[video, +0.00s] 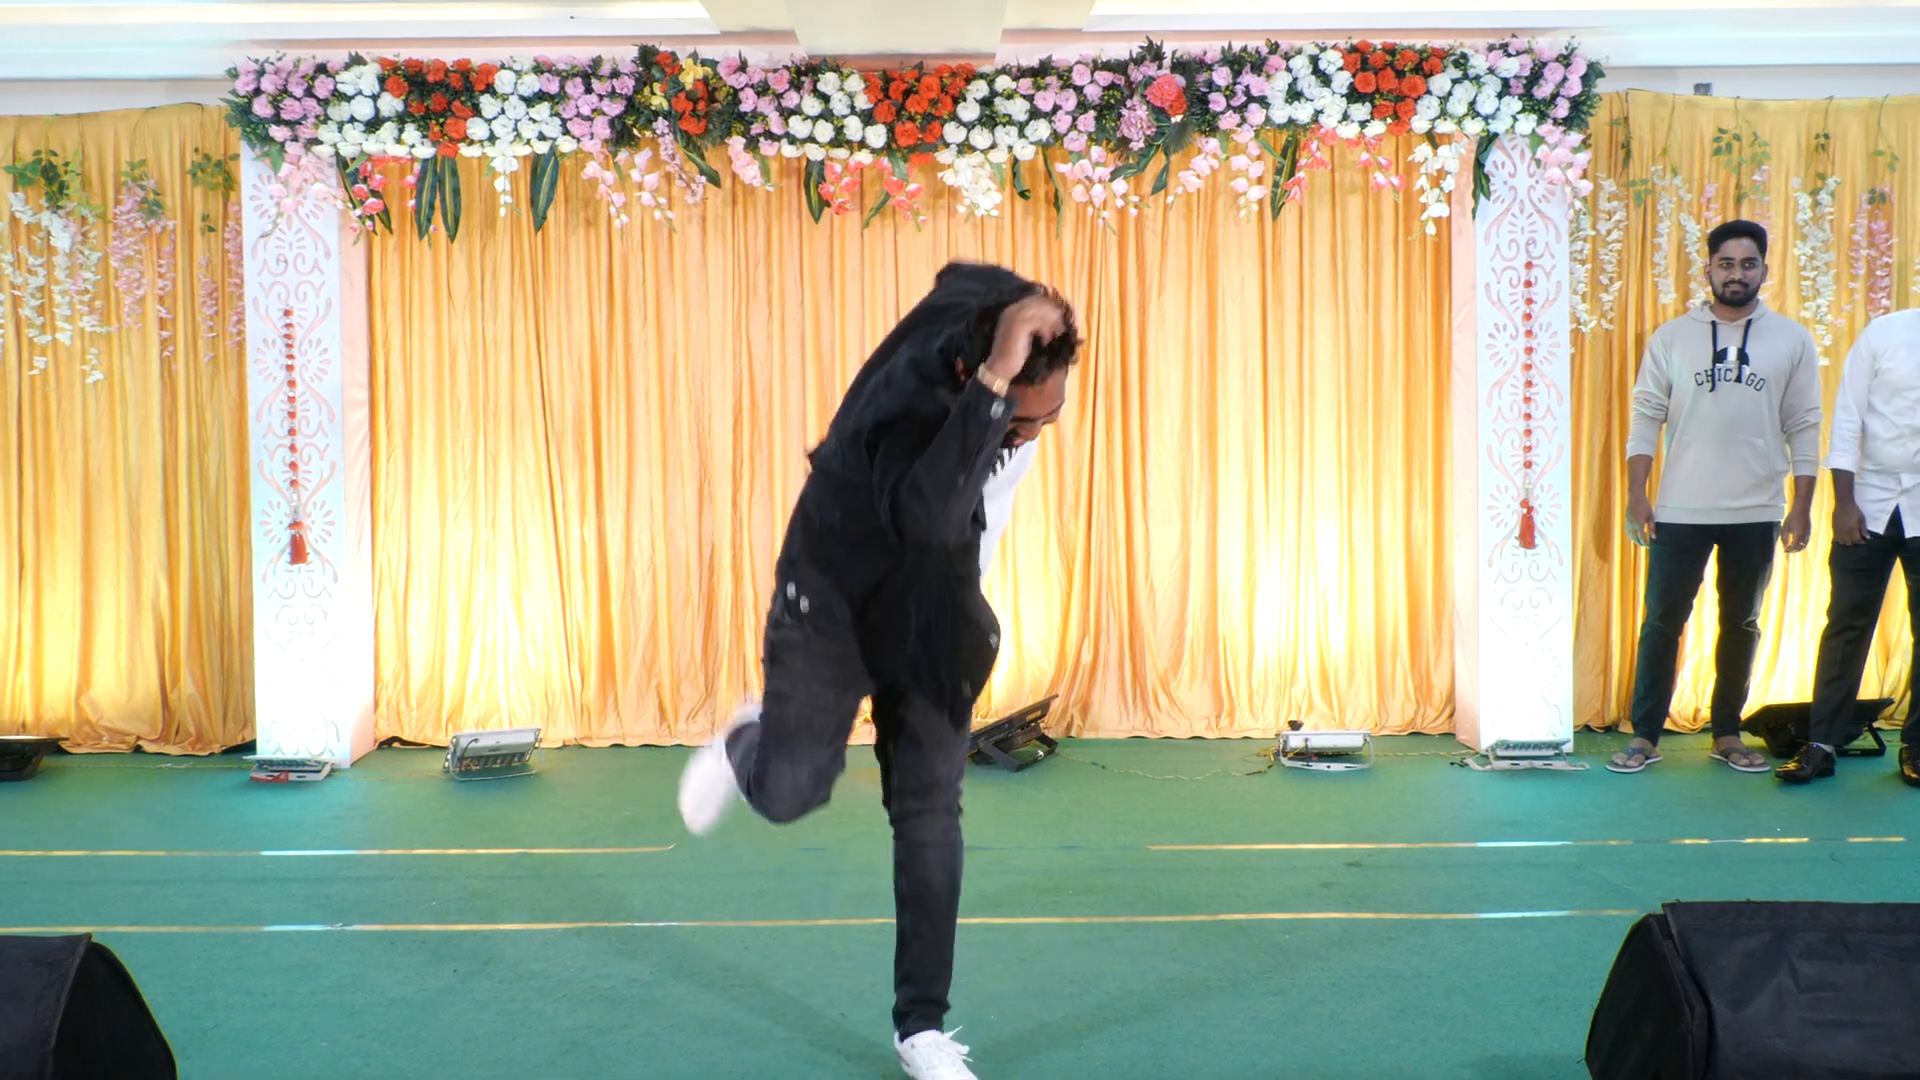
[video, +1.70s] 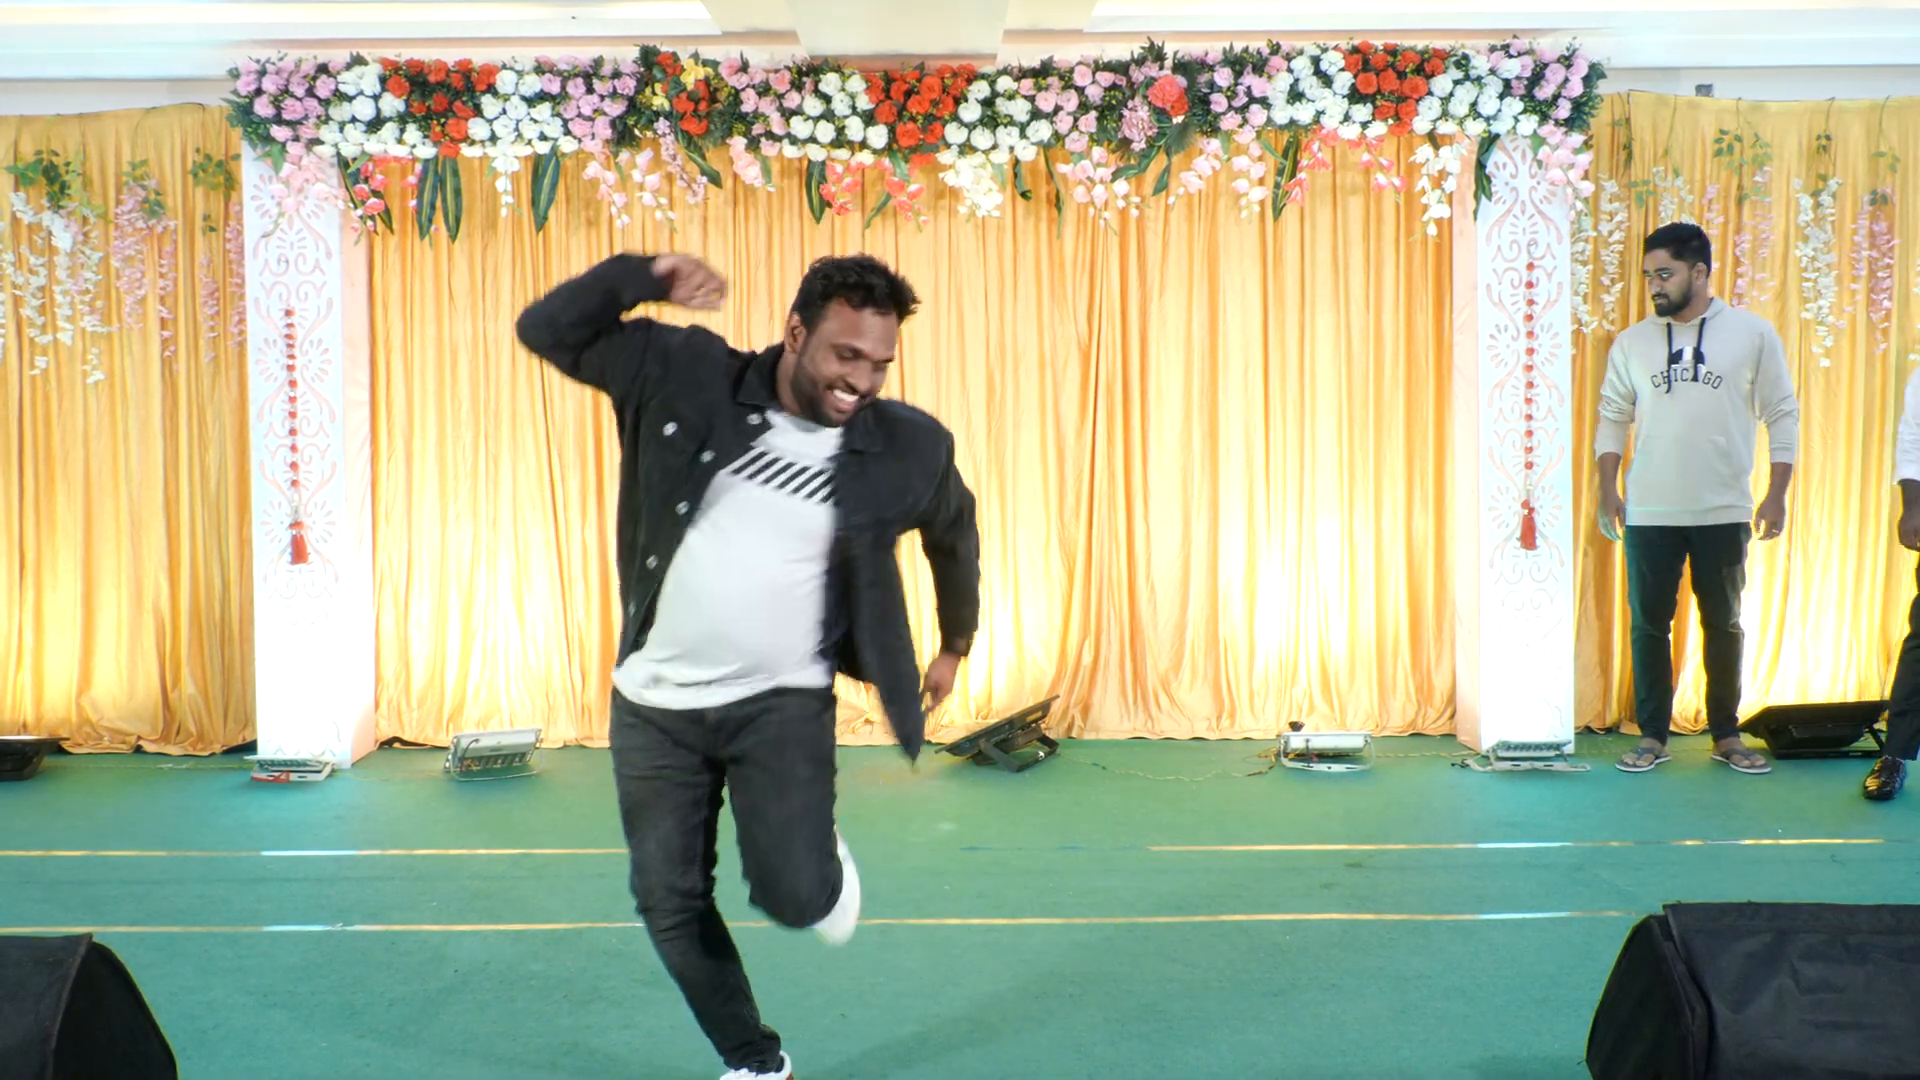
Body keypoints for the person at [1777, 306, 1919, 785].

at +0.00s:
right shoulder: (1886, 333)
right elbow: (1847, 417)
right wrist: (1843, 500)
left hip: (1917, 509)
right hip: (1871, 502)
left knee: (1919, 634)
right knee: (1846, 625)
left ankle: (1914, 746)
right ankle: (1821, 744)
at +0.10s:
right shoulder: (1885, 335)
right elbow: (1847, 419)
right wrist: (1848, 501)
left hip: (1917, 509)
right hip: (1873, 503)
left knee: (1919, 632)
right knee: (1848, 623)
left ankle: (1914, 746)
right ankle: (1822, 744)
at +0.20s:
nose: (1919, 286)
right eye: (1919, 279)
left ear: (1917, 286)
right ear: (1914, 286)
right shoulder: (1883, 337)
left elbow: (1849, 419)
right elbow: (1848, 420)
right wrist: (1849, 501)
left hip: (1917, 508)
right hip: (1876, 502)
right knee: (1847, 624)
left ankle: (1915, 745)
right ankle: (1821, 744)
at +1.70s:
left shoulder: (1914, 383)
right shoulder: (1917, 382)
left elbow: (1908, 437)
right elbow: (1909, 437)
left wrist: (1909, 505)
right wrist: (1909, 507)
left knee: (1915, 646)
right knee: (1916, 644)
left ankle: (1897, 752)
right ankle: (1895, 753)